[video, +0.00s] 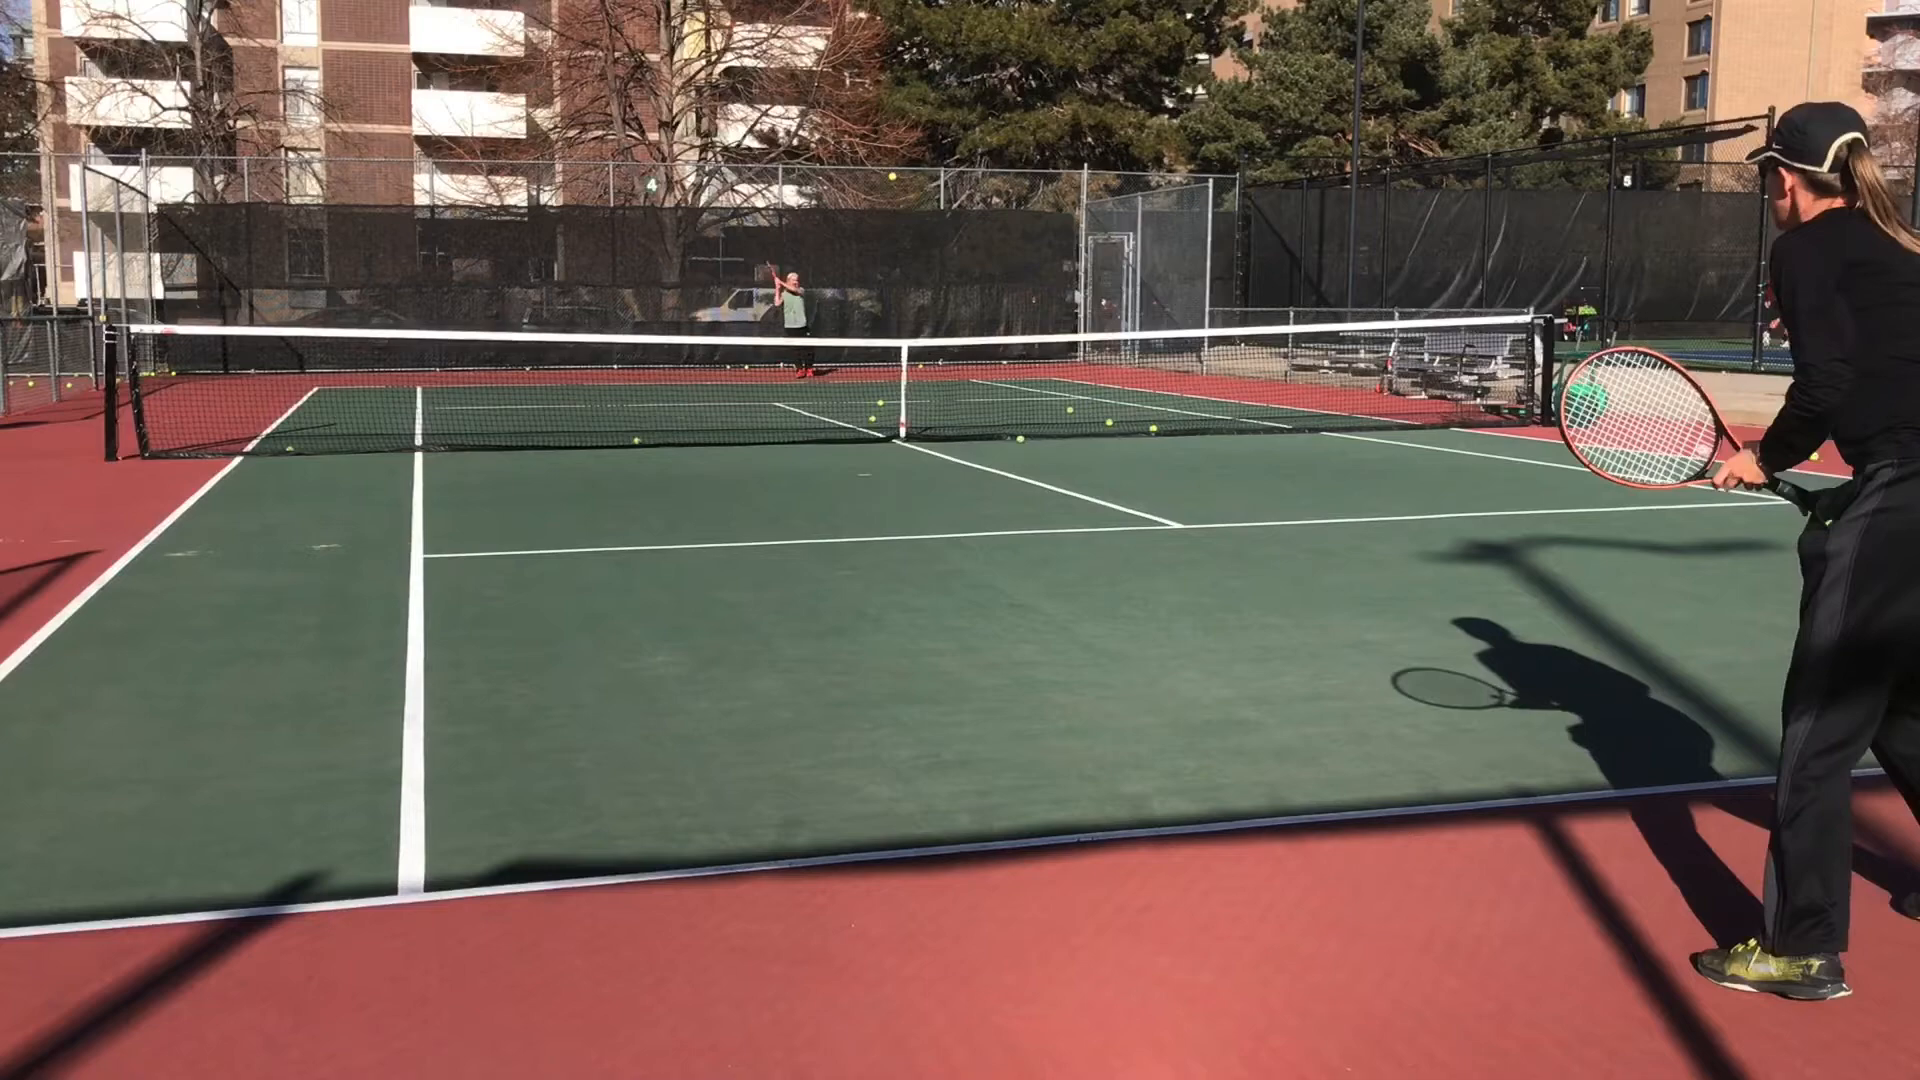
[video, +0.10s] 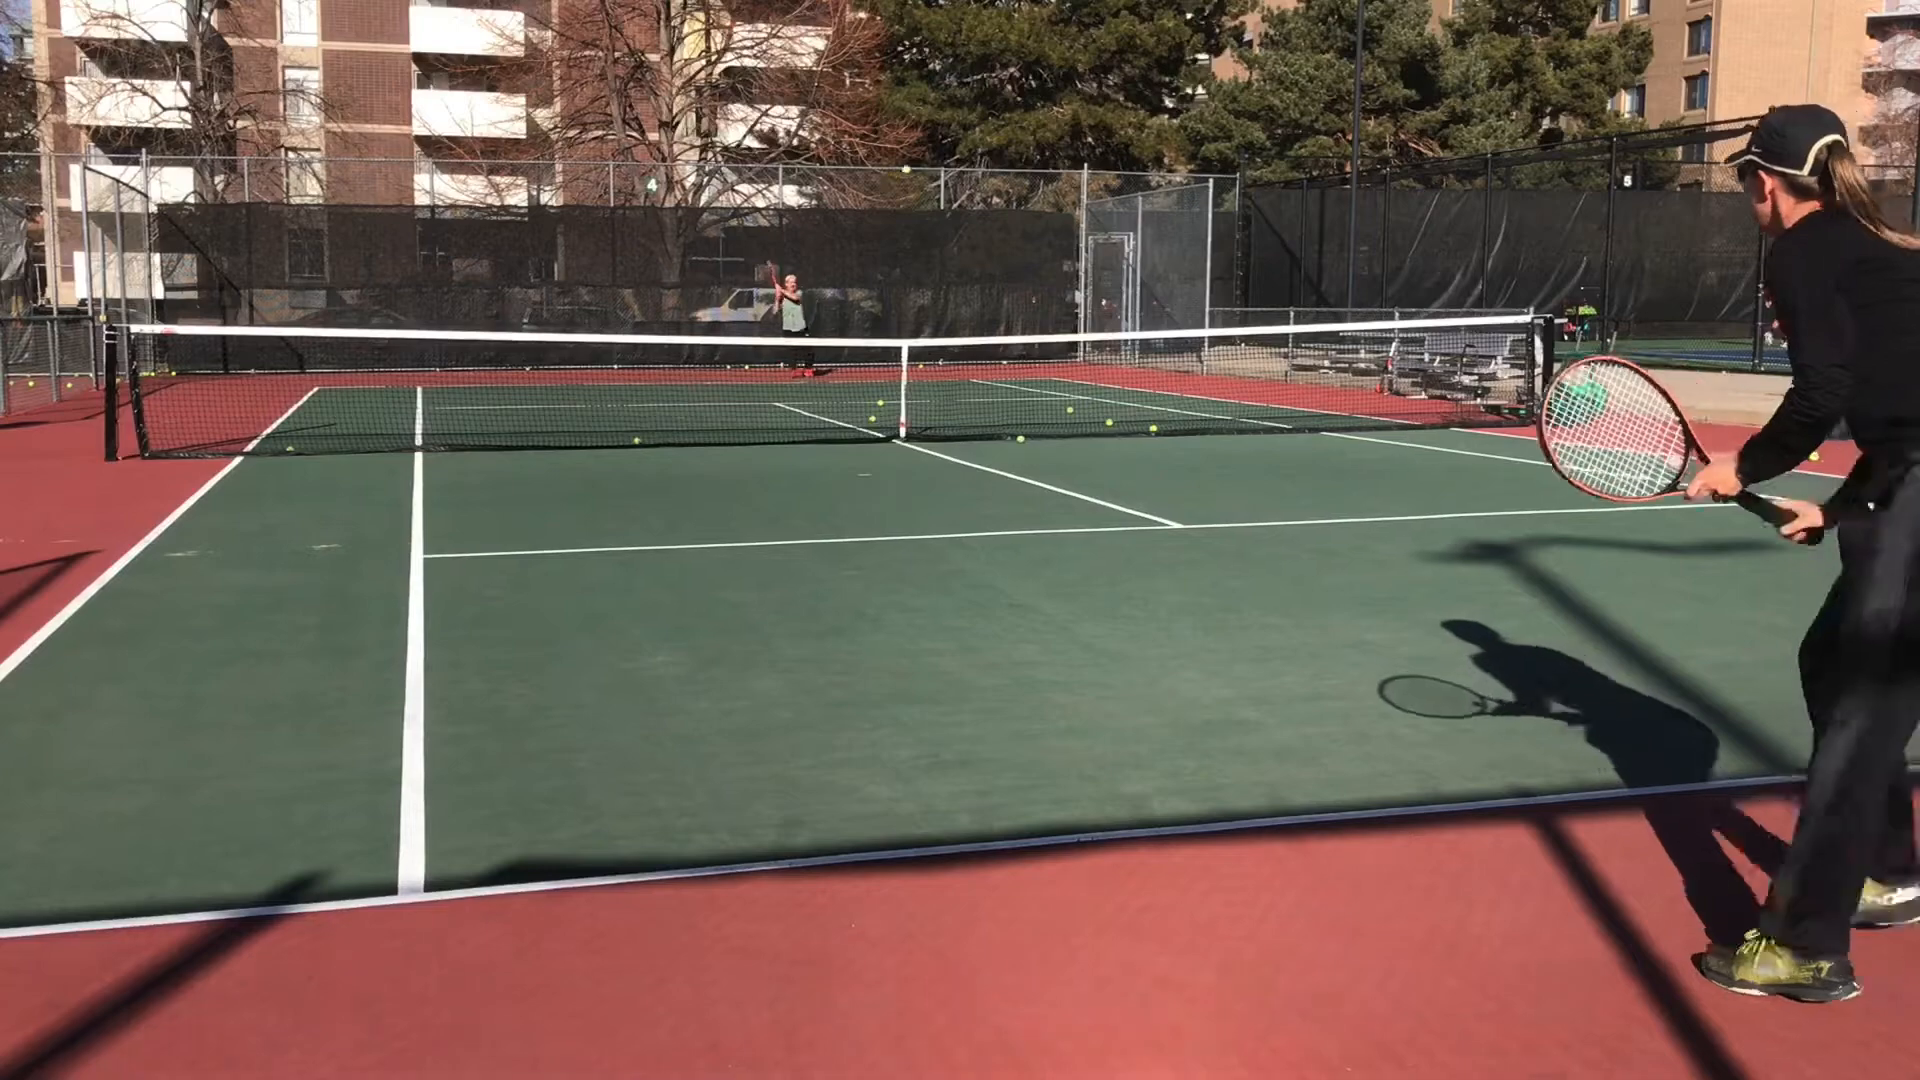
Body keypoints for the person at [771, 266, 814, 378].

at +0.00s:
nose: (796, 282)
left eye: (797, 280)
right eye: (793, 280)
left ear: (798, 281)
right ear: (787, 282)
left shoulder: (801, 291)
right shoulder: (784, 293)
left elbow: (795, 290)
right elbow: (777, 303)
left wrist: (781, 283)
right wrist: (777, 289)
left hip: (802, 324)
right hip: (789, 325)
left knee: (807, 347)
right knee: (794, 348)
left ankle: (809, 367)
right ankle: (799, 368)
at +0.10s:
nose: (793, 284)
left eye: (794, 282)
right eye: (790, 282)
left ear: (796, 284)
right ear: (786, 284)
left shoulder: (799, 293)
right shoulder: (783, 296)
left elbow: (795, 298)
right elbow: (776, 309)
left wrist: (781, 291)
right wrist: (777, 297)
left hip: (800, 326)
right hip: (788, 326)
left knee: (806, 347)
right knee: (791, 348)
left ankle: (808, 367)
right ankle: (793, 367)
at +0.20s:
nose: (787, 285)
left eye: (789, 282)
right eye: (785, 282)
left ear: (791, 284)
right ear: (780, 284)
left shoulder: (794, 294)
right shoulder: (778, 295)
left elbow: (796, 309)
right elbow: (773, 310)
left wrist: (783, 306)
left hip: (796, 325)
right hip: (783, 326)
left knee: (806, 347)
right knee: (782, 348)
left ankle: (808, 367)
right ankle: (781, 368)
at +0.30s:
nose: (780, 284)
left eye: (781, 281)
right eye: (778, 282)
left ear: (784, 283)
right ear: (773, 284)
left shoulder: (788, 295)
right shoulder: (768, 297)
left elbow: (791, 310)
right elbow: (763, 313)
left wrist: (789, 313)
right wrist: (776, 317)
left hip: (789, 328)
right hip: (775, 328)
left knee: (795, 347)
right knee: (776, 350)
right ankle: (777, 369)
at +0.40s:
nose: (771, 282)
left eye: (773, 280)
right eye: (769, 280)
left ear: (775, 281)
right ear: (765, 281)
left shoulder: (779, 293)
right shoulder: (759, 293)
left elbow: (783, 310)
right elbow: (755, 310)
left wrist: (775, 318)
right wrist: (768, 318)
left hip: (777, 326)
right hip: (765, 326)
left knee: (782, 347)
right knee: (771, 349)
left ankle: (784, 365)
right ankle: (776, 367)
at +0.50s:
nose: (762, 280)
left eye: (763, 278)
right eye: (759, 278)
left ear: (766, 280)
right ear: (756, 279)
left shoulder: (770, 292)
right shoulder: (749, 292)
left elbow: (774, 306)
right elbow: (746, 308)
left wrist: (769, 316)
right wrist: (762, 317)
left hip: (768, 325)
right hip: (756, 325)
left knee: (770, 347)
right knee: (757, 347)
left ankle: (771, 367)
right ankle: (757, 366)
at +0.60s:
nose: (753, 283)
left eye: (755, 280)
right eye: (751, 280)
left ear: (757, 282)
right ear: (747, 281)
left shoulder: (761, 293)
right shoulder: (741, 294)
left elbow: (765, 305)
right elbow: (737, 309)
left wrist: (764, 315)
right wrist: (750, 317)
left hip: (759, 324)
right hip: (747, 325)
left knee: (758, 347)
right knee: (748, 347)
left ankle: (755, 367)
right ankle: (750, 367)